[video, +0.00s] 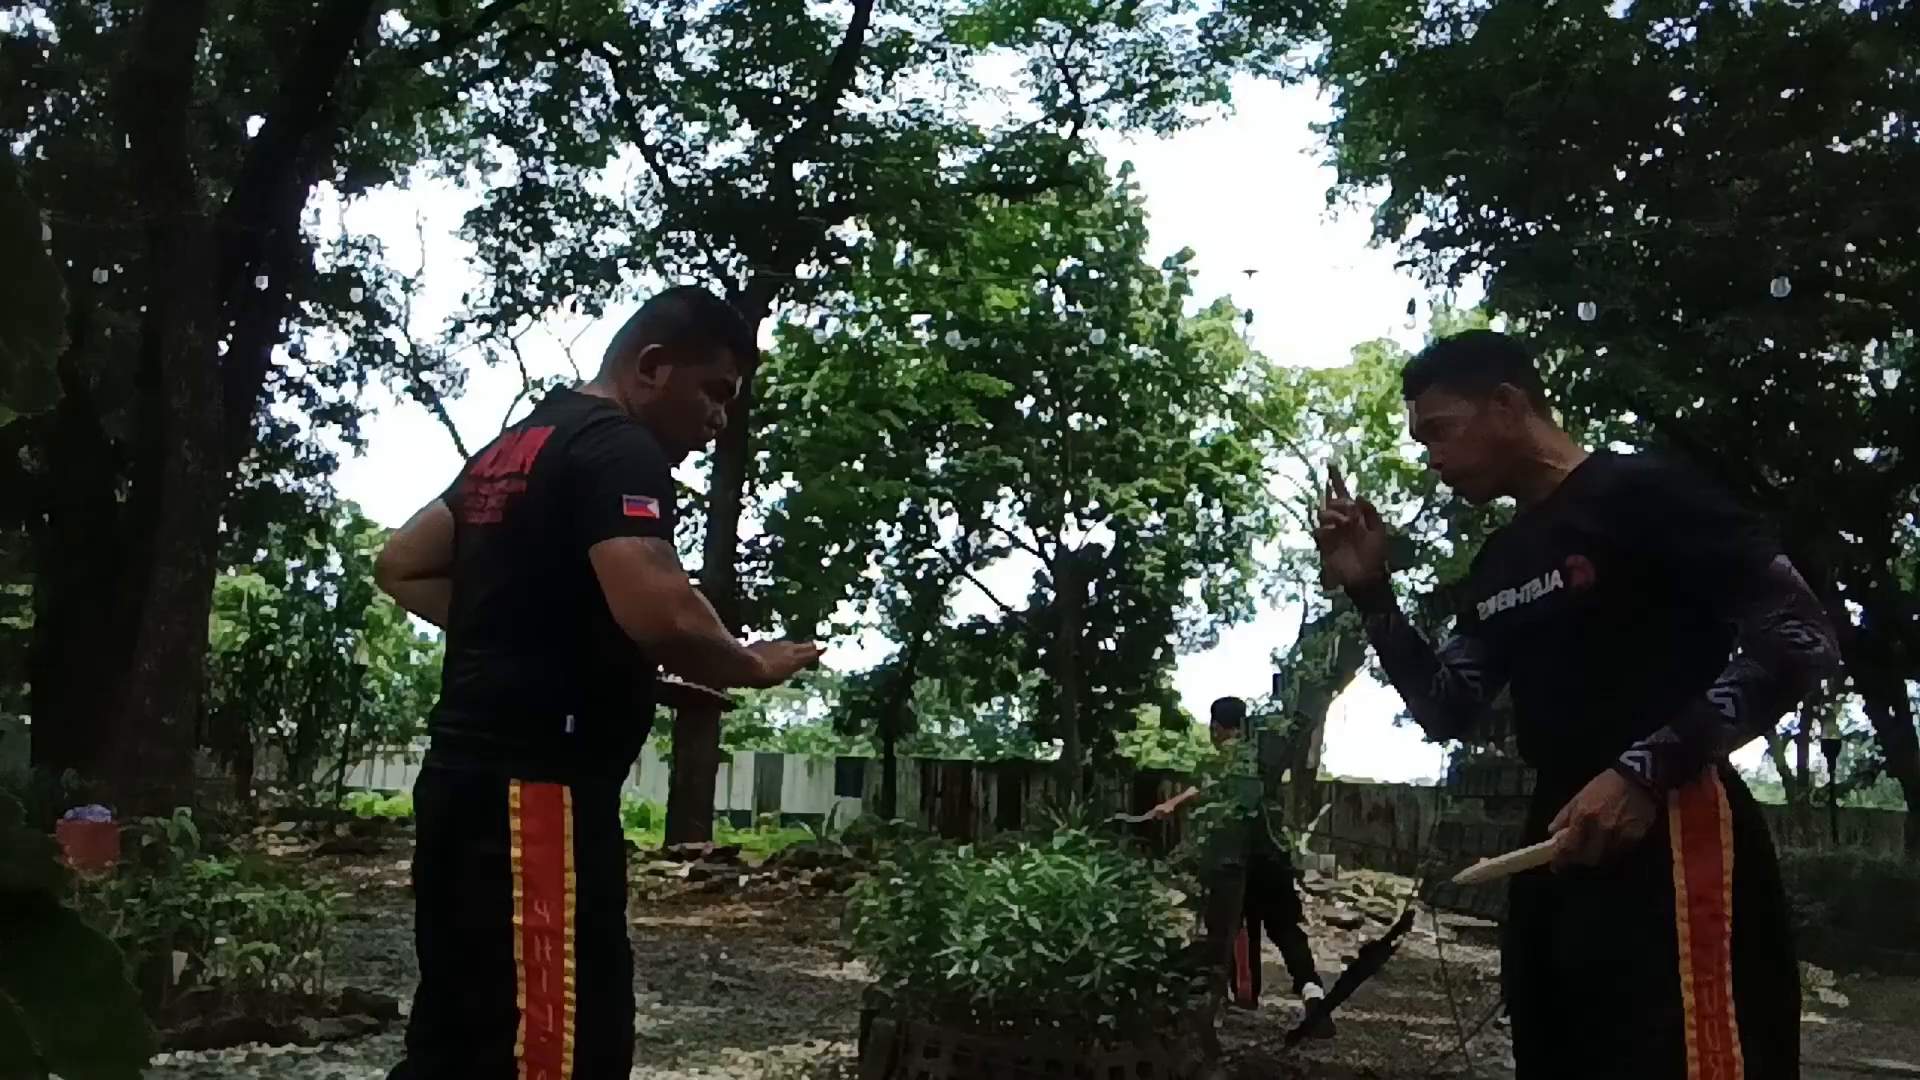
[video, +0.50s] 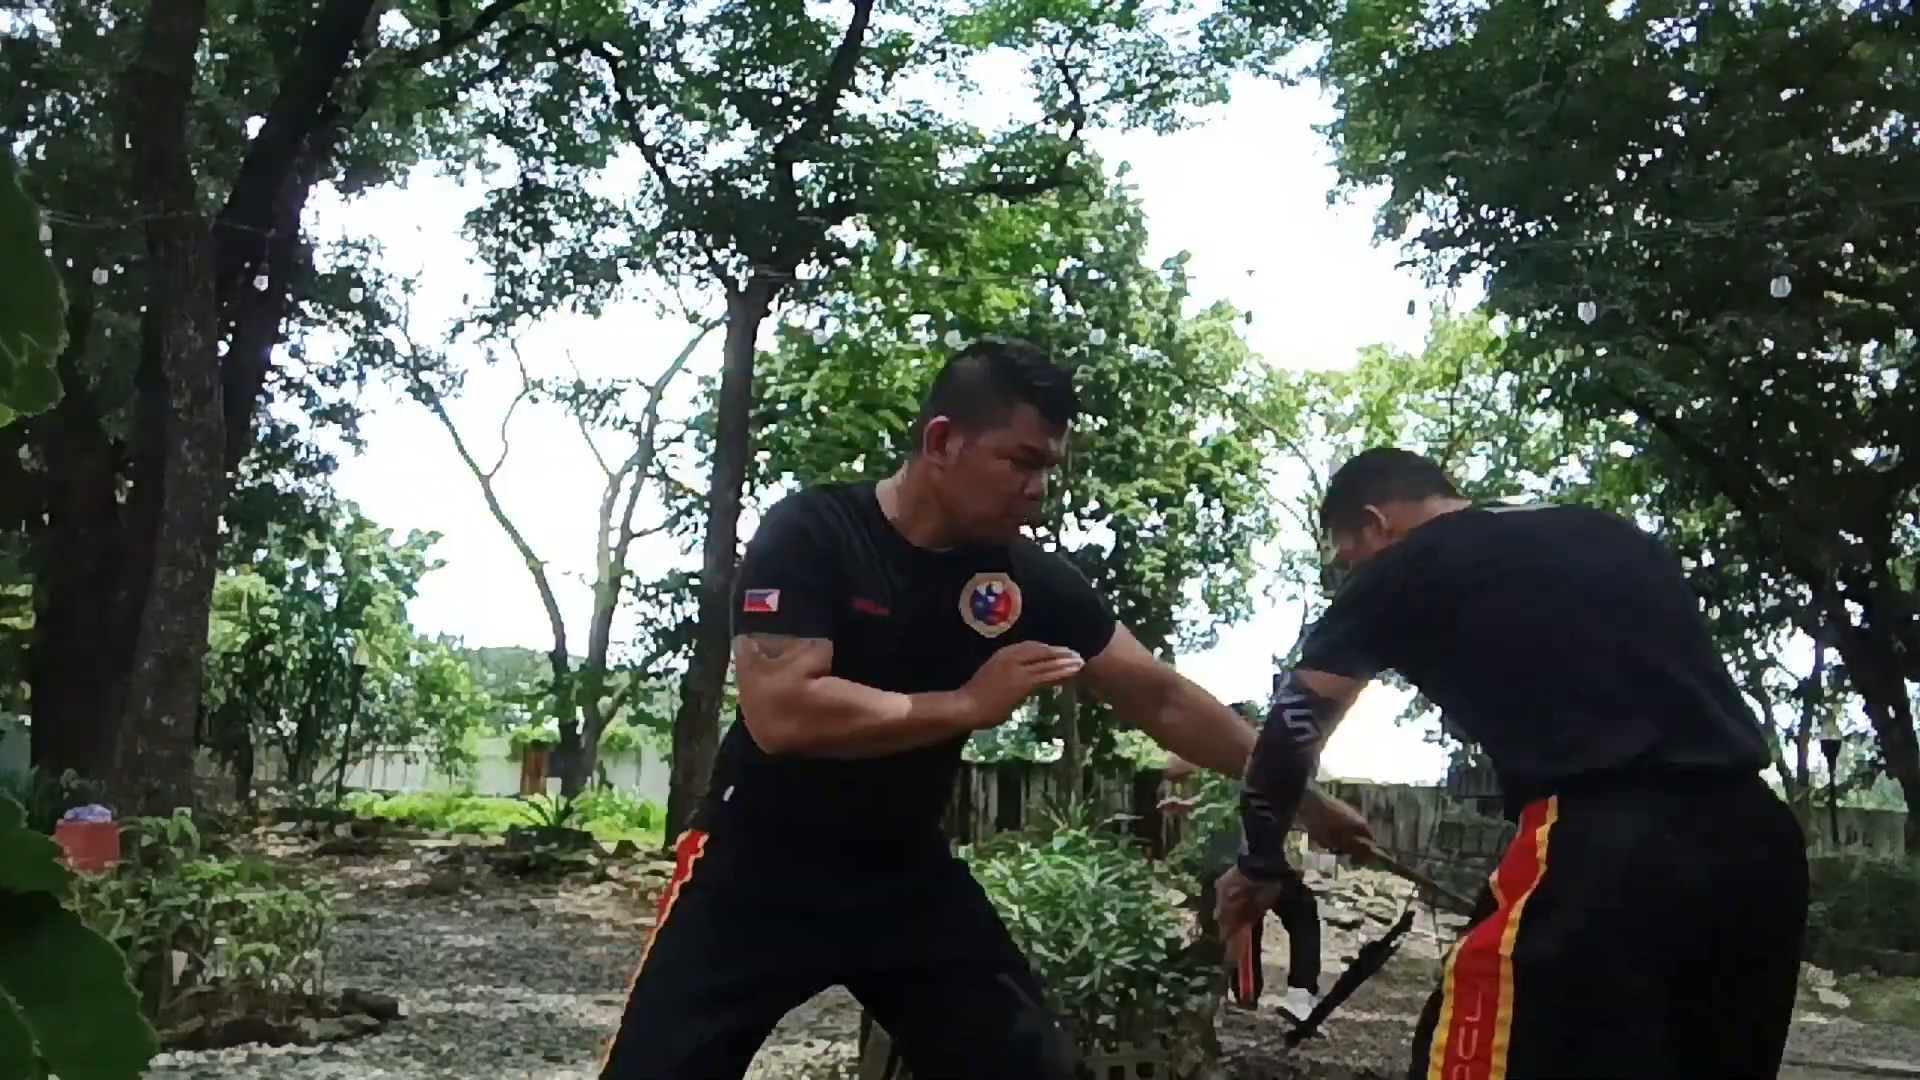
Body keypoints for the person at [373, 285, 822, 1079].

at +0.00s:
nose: (720, 421)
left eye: (729, 402)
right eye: (715, 392)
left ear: (641, 365)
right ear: (650, 363)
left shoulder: (521, 442)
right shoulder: (614, 443)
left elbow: (402, 564)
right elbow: (661, 615)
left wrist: (546, 635)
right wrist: (749, 664)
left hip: (470, 778)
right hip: (538, 789)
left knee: (459, 1042)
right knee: (561, 1050)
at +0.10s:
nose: (763, 422)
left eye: (772, 403)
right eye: (757, 394)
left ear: (679, 363)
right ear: (695, 364)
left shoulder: (564, 427)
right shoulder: (654, 441)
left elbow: (416, 516)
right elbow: (714, 627)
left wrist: (519, 620)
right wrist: (793, 653)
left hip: (593, 778)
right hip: (557, 779)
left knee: (662, 1015)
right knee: (558, 1043)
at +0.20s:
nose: (814, 421)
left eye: (821, 401)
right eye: (809, 393)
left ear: (740, 365)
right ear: (743, 364)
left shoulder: (617, 425)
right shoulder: (692, 444)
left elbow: (475, 508)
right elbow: (754, 633)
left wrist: (563, 613)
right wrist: (832, 640)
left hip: (648, 790)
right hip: (587, 787)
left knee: (760, 1012)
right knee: (577, 1052)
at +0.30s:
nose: (887, 430)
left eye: (897, 411)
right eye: (882, 399)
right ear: (814, 368)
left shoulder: (776, 480)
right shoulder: (716, 455)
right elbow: (771, 652)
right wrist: (871, 634)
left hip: (737, 815)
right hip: (634, 817)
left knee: (833, 1058)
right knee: (600, 1061)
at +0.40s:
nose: (980, 464)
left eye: (988, 443)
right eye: (970, 434)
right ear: (891, 410)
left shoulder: (943, 543)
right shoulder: (751, 501)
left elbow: (992, 660)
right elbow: (763, 684)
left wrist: (1115, 749)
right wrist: (929, 663)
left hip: (851, 862)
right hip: (710, 862)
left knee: (952, 1056)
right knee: (630, 1062)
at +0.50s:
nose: (1041, 489)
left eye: (1049, 467)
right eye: (1026, 461)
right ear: (942, 440)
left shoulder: (1030, 581)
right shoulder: (808, 530)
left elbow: (1160, 698)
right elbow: (780, 713)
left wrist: (1301, 793)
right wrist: (959, 706)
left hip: (910, 883)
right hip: (755, 877)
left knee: (1021, 1056)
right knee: (651, 1066)